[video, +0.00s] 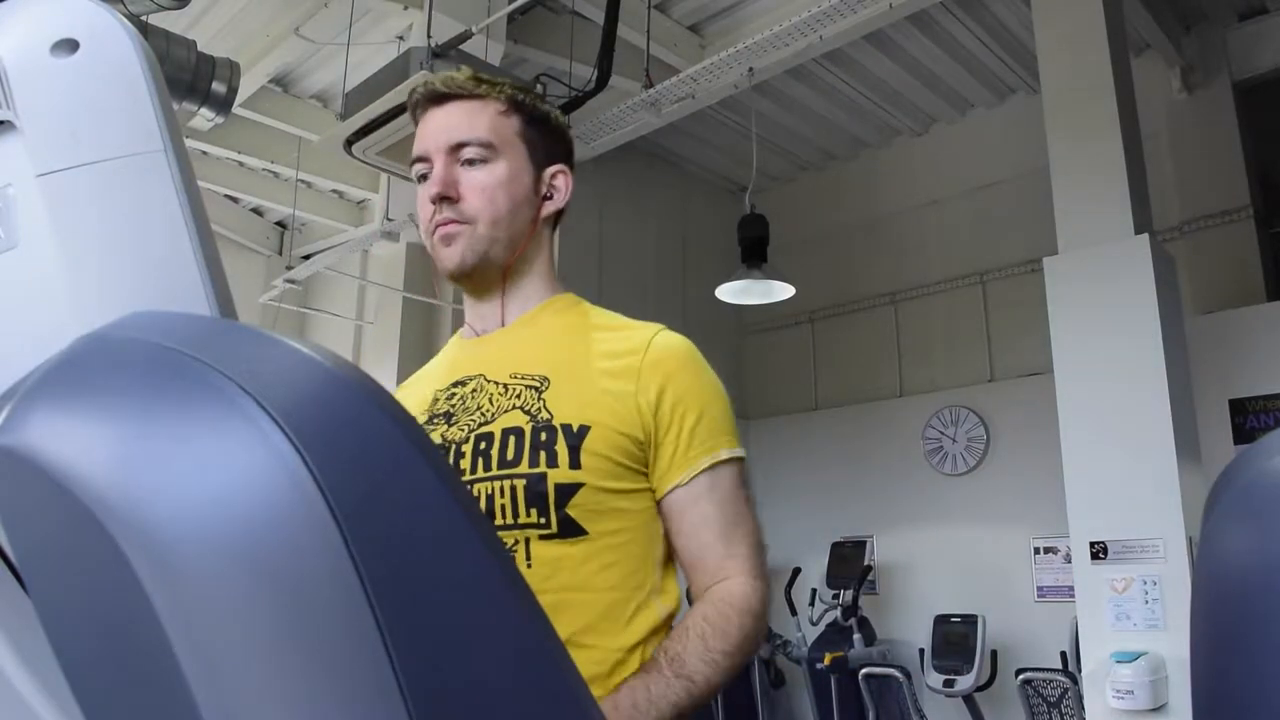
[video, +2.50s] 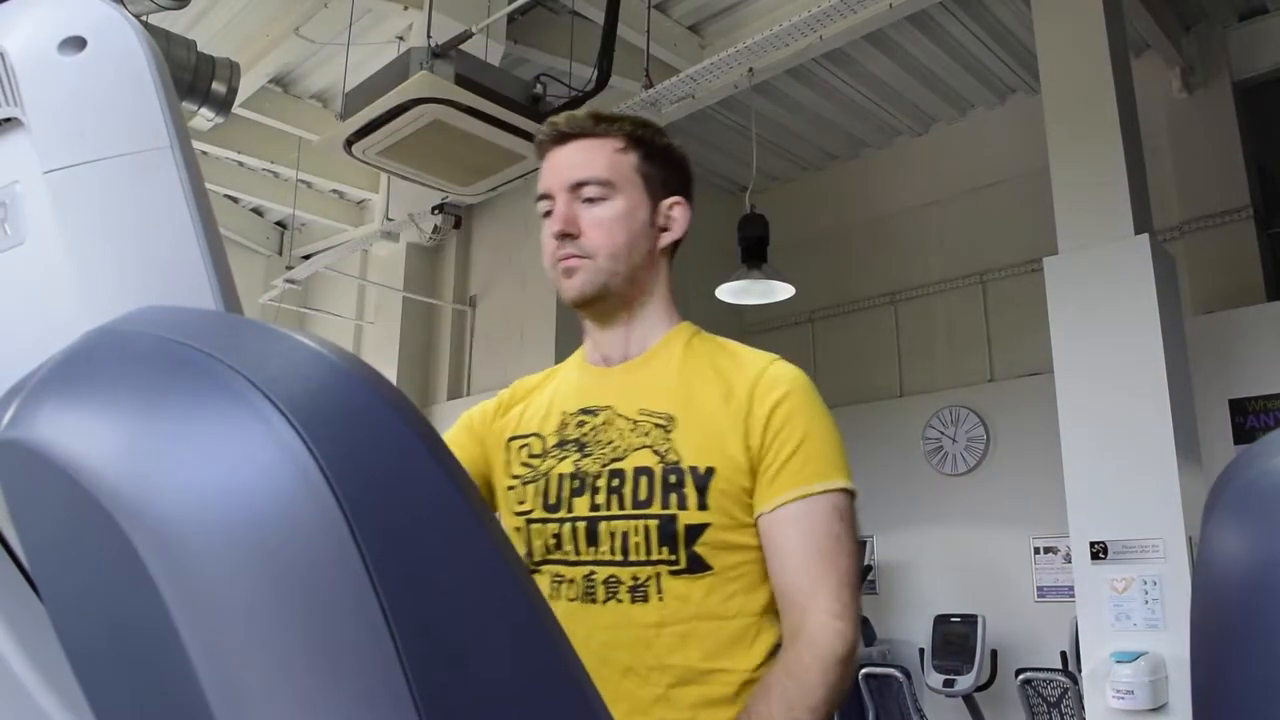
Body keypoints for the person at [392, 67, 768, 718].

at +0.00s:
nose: (437, 188)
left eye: (472, 158)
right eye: (423, 171)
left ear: (551, 190)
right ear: (414, 200)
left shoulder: (653, 363)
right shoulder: (401, 407)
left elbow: (733, 597)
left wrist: (616, 708)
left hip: (604, 701)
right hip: (445, 703)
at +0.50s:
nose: (451, 173)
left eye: (488, 138)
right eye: (442, 150)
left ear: (582, 158)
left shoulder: (687, 345)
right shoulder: (465, 378)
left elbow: (789, 609)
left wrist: (662, 714)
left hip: (620, 700)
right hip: (466, 701)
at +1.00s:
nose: (327, 176)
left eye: (362, 140)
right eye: (314, 154)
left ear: (458, 158)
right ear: (311, 176)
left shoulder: (576, 347)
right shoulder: (339, 382)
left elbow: (667, 615)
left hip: (536, 701)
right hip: (372, 702)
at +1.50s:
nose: (340, 210)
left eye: (375, 170)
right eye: (324, 185)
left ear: (468, 181)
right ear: (318, 203)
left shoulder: (597, 369)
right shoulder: (353, 404)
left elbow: (676, 645)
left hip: (579, 701)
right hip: (410, 704)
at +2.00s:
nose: (497, 225)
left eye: (533, 193)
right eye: (486, 203)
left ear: (618, 216)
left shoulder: (721, 401)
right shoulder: (474, 425)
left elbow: (729, 677)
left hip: (646, 701)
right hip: (484, 700)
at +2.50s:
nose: (559, 225)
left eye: (591, 197)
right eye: (547, 207)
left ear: (668, 222)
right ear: (539, 231)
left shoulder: (767, 394)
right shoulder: (497, 424)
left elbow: (821, 640)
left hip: (717, 702)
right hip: (540, 704)